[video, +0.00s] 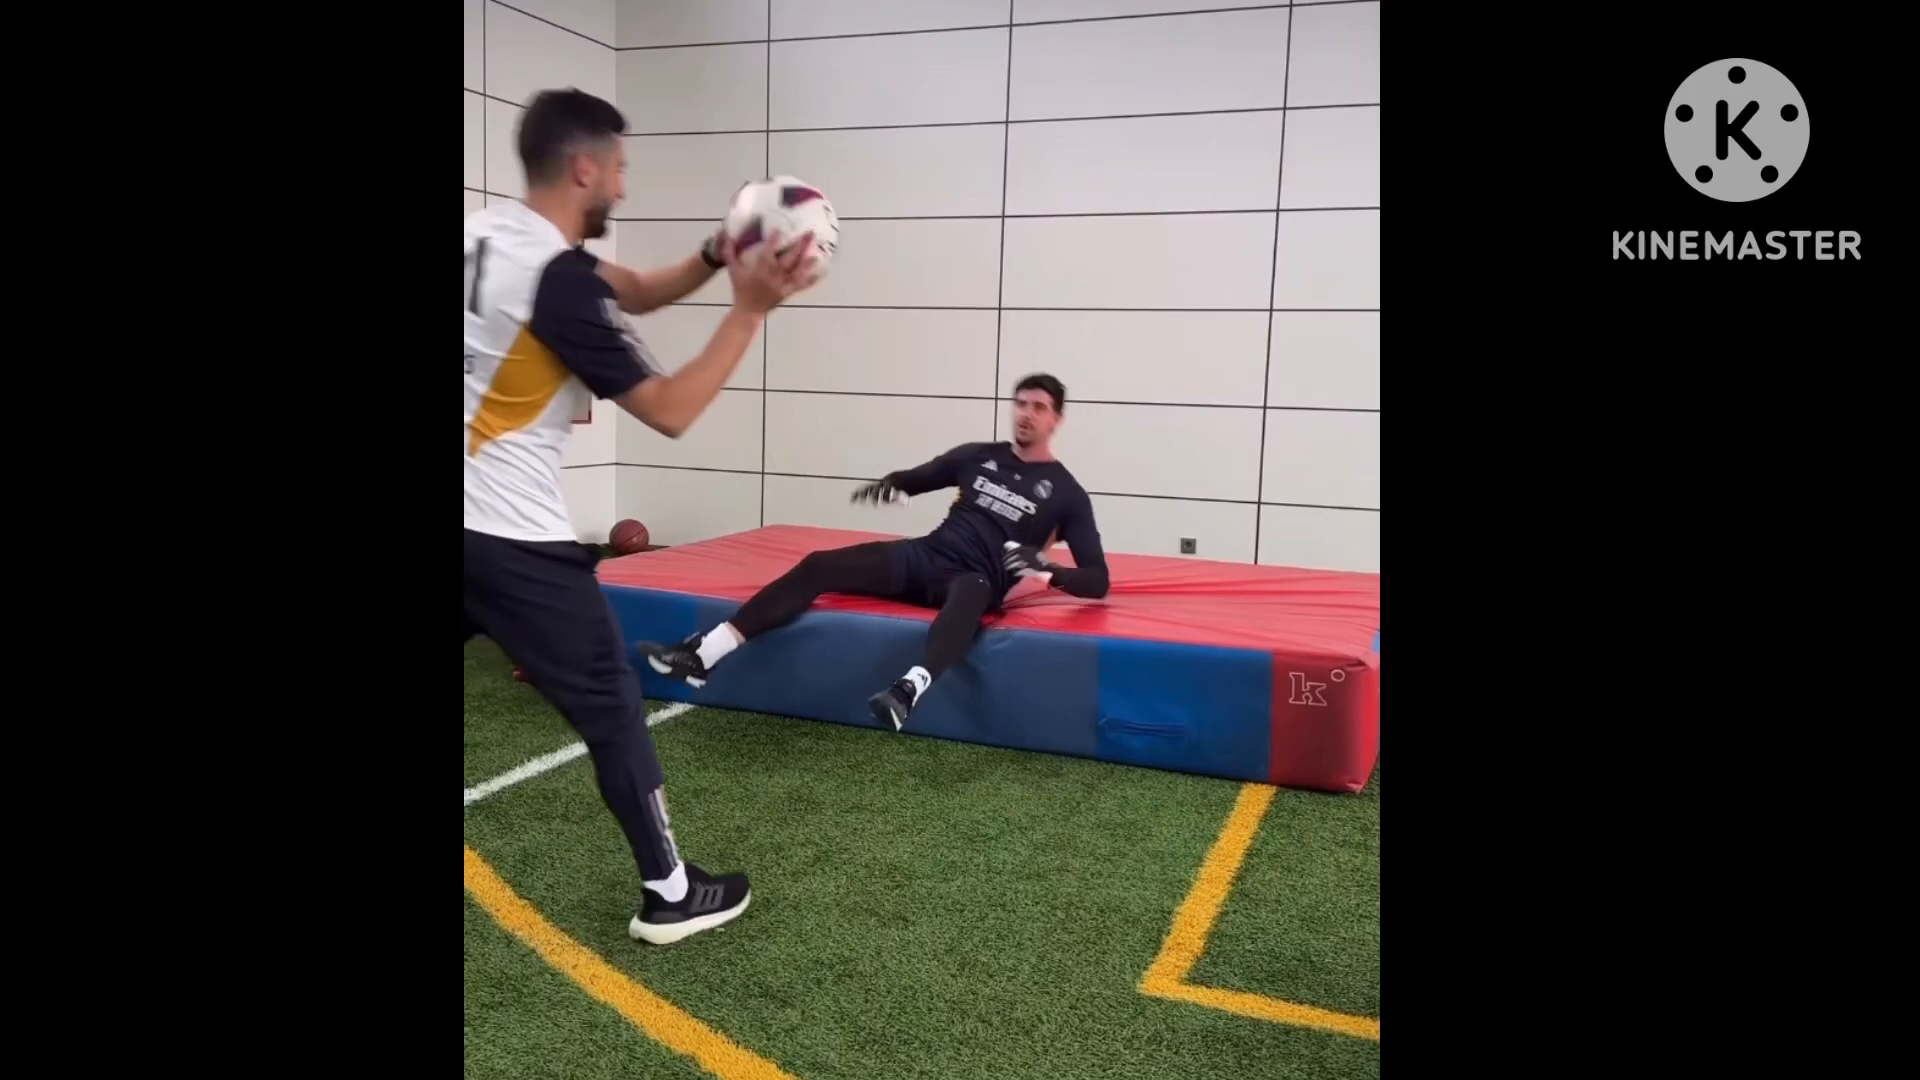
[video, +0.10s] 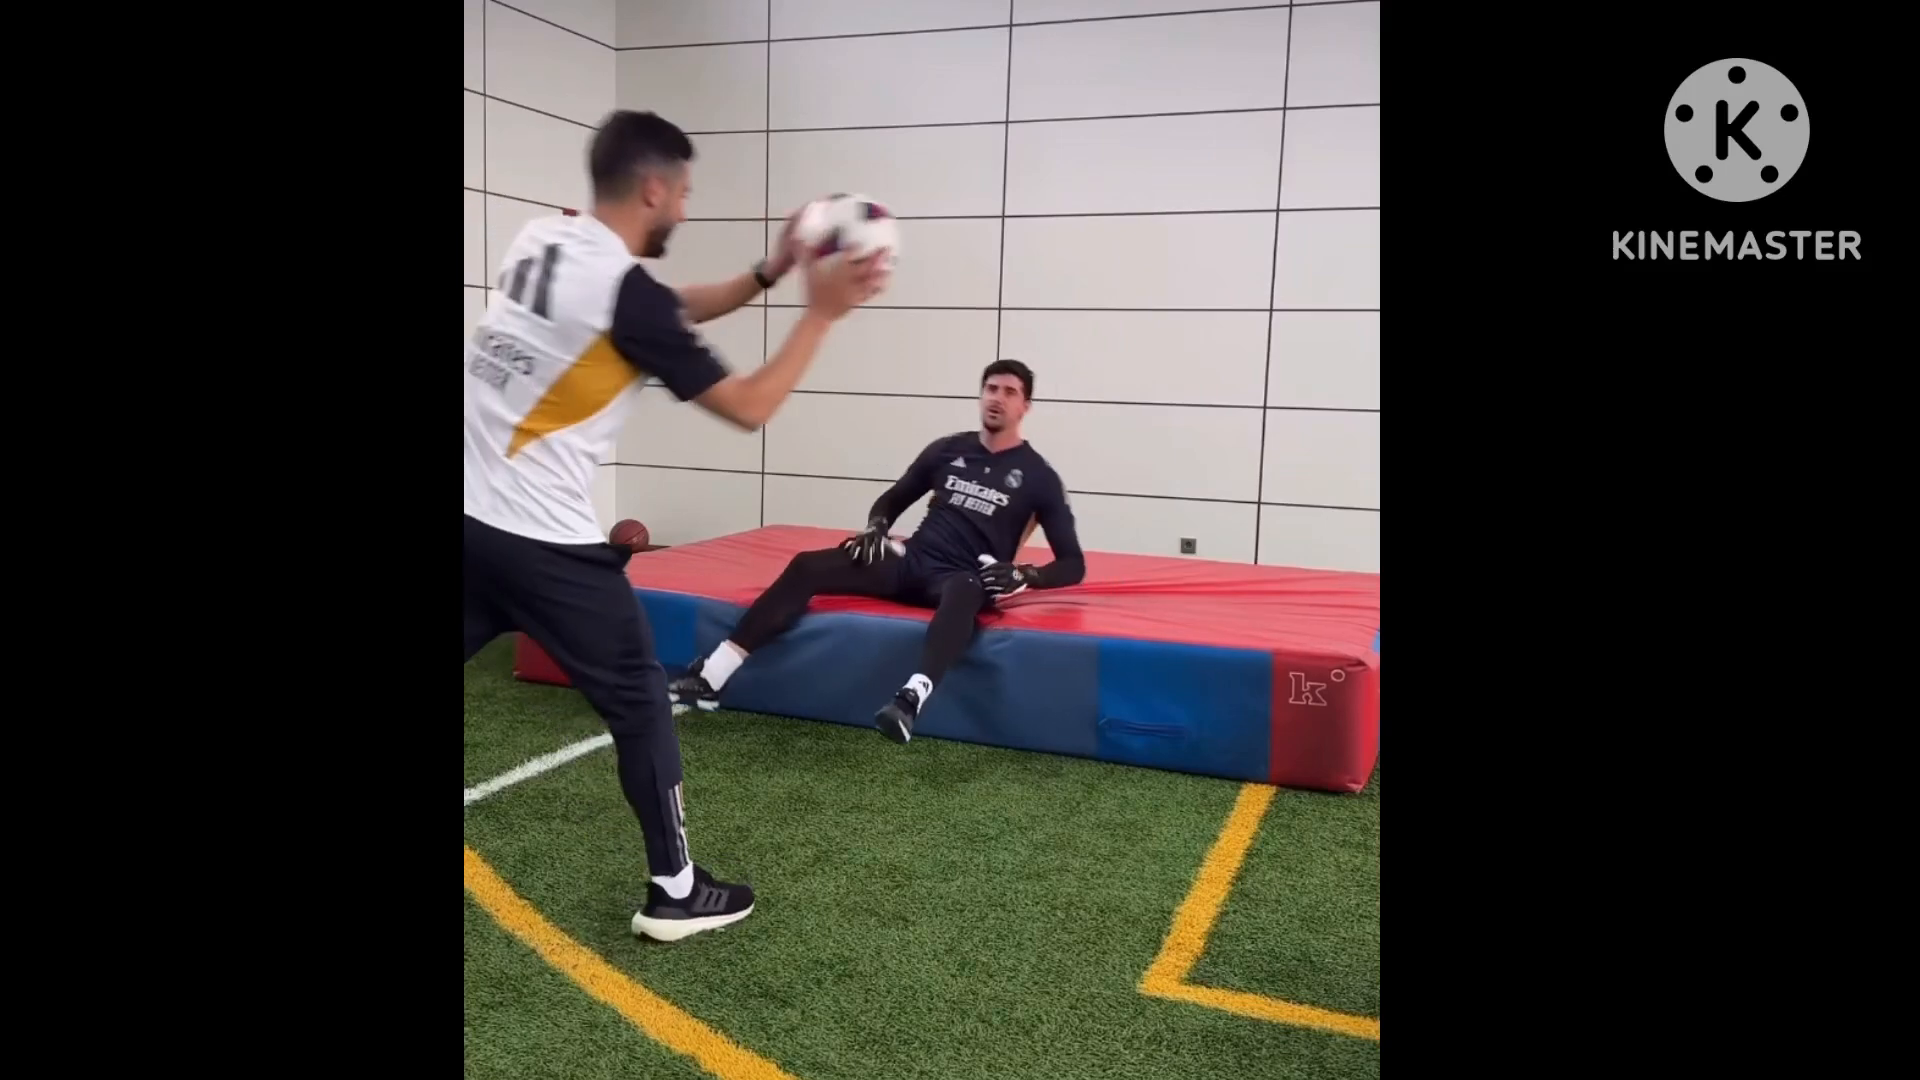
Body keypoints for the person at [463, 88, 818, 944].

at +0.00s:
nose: (622, 184)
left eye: (620, 166)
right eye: (617, 166)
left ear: (544, 164)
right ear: (583, 168)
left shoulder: (485, 225)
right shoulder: (553, 272)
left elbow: (636, 288)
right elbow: (669, 410)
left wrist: (719, 255)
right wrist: (750, 308)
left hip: (471, 519)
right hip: (509, 534)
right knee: (608, 700)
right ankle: (669, 889)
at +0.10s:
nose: (685, 208)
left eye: (686, 193)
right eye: (683, 193)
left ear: (610, 184)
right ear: (654, 189)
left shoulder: (539, 237)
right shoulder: (629, 291)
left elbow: (667, 308)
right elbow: (751, 406)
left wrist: (766, 274)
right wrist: (823, 313)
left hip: (472, 513)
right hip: (545, 537)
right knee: (638, 699)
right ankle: (675, 886)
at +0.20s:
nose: (731, 233)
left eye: (733, 217)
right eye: (730, 217)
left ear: (658, 200)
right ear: (704, 211)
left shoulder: (579, 244)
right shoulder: (678, 296)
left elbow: (695, 326)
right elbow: (820, 354)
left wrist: (799, 301)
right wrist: (915, 317)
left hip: (474, 502)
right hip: (557, 527)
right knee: (643, 697)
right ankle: (677, 885)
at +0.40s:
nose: (755, 265)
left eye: (759, 249)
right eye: (758, 247)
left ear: (687, 221)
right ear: (734, 232)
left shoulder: (591, 263)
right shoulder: (704, 308)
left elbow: (629, 395)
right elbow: (809, 400)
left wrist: (733, 430)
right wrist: (863, 426)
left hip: (474, 500)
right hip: (573, 528)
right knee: (652, 699)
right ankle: (679, 882)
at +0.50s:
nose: (735, 259)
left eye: (740, 242)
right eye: (739, 240)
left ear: (662, 217)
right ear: (715, 228)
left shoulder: (567, 264)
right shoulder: (691, 314)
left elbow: (574, 393)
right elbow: (760, 467)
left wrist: (670, 469)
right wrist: (783, 498)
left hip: (473, 507)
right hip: (565, 534)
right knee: (652, 697)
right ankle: (678, 881)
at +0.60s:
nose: (694, 237)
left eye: (695, 219)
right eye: (692, 219)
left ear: (614, 207)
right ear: (665, 215)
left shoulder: (513, 263)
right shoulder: (646, 313)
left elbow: (510, 400)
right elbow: (665, 482)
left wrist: (606, 475)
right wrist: (700, 551)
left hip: (468, 527)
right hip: (551, 547)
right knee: (642, 698)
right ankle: (678, 879)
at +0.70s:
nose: (624, 213)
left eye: (624, 196)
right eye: (621, 195)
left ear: (544, 187)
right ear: (591, 192)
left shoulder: (469, 252)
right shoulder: (577, 296)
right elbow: (598, 457)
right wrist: (659, 544)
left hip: (471, 532)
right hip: (508, 542)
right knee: (603, 703)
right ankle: (676, 879)